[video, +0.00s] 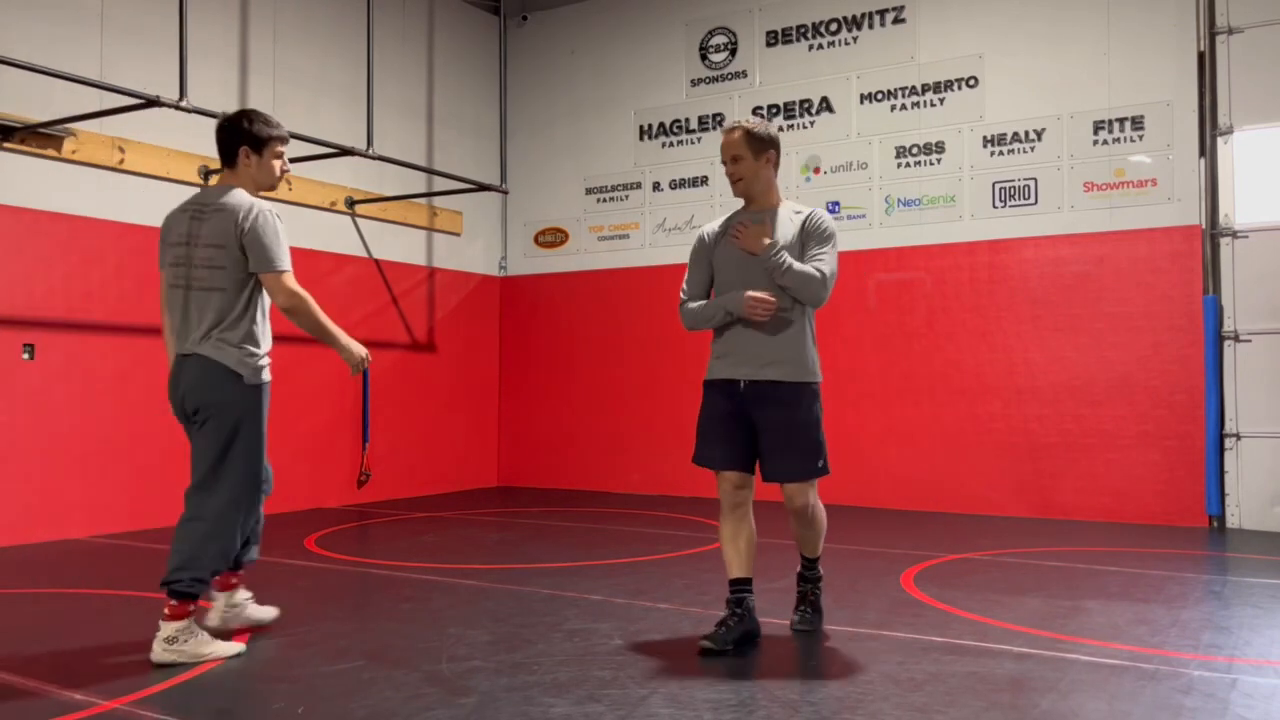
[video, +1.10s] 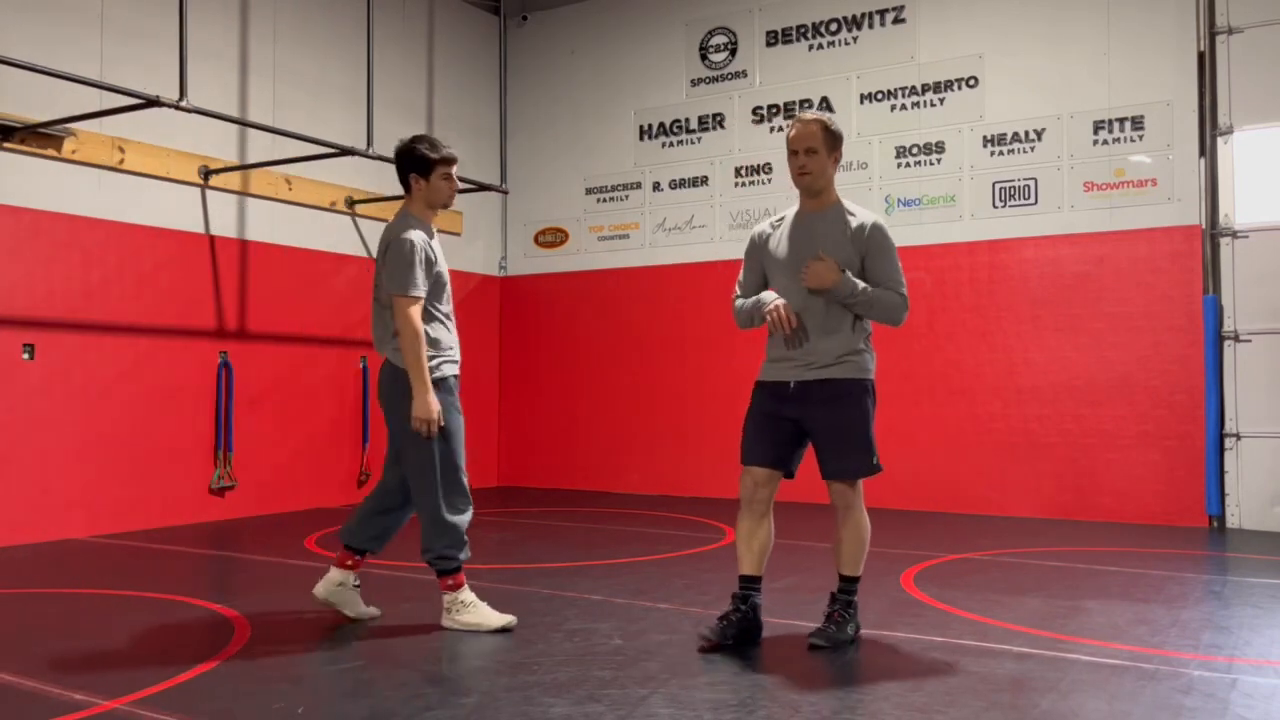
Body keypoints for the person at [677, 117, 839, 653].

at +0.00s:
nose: (727, 172)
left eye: (735, 161)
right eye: (724, 163)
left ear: (768, 159)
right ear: (730, 168)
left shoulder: (812, 224)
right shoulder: (711, 238)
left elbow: (817, 290)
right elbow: (690, 313)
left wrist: (764, 251)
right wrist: (733, 303)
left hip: (789, 381)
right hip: (727, 382)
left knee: (800, 499)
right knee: (733, 493)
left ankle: (810, 587)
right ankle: (740, 612)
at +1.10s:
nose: (800, 162)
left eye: (811, 152)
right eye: (793, 153)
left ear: (836, 158)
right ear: (786, 160)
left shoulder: (866, 230)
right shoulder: (766, 236)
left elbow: (896, 308)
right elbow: (742, 310)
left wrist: (841, 284)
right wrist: (766, 302)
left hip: (841, 381)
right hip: (778, 383)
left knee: (846, 495)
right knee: (754, 491)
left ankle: (844, 612)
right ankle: (745, 612)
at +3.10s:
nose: (782, 190)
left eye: (788, 180)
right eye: (779, 181)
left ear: (820, 178)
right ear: (796, 181)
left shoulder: (861, 238)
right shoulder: (781, 247)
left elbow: (881, 313)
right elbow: (760, 322)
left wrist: (813, 298)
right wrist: (774, 300)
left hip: (844, 381)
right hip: (793, 382)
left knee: (847, 488)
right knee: (804, 486)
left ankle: (869, 599)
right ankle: (815, 589)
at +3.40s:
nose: (794, 183)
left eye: (801, 174)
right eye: (792, 174)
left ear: (834, 171)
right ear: (817, 174)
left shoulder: (872, 235)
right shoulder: (796, 240)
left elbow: (896, 310)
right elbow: (788, 306)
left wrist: (830, 301)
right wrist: (770, 303)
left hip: (853, 381)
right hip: (802, 382)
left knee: (857, 489)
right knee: (806, 486)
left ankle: (870, 601)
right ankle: (816, 589)